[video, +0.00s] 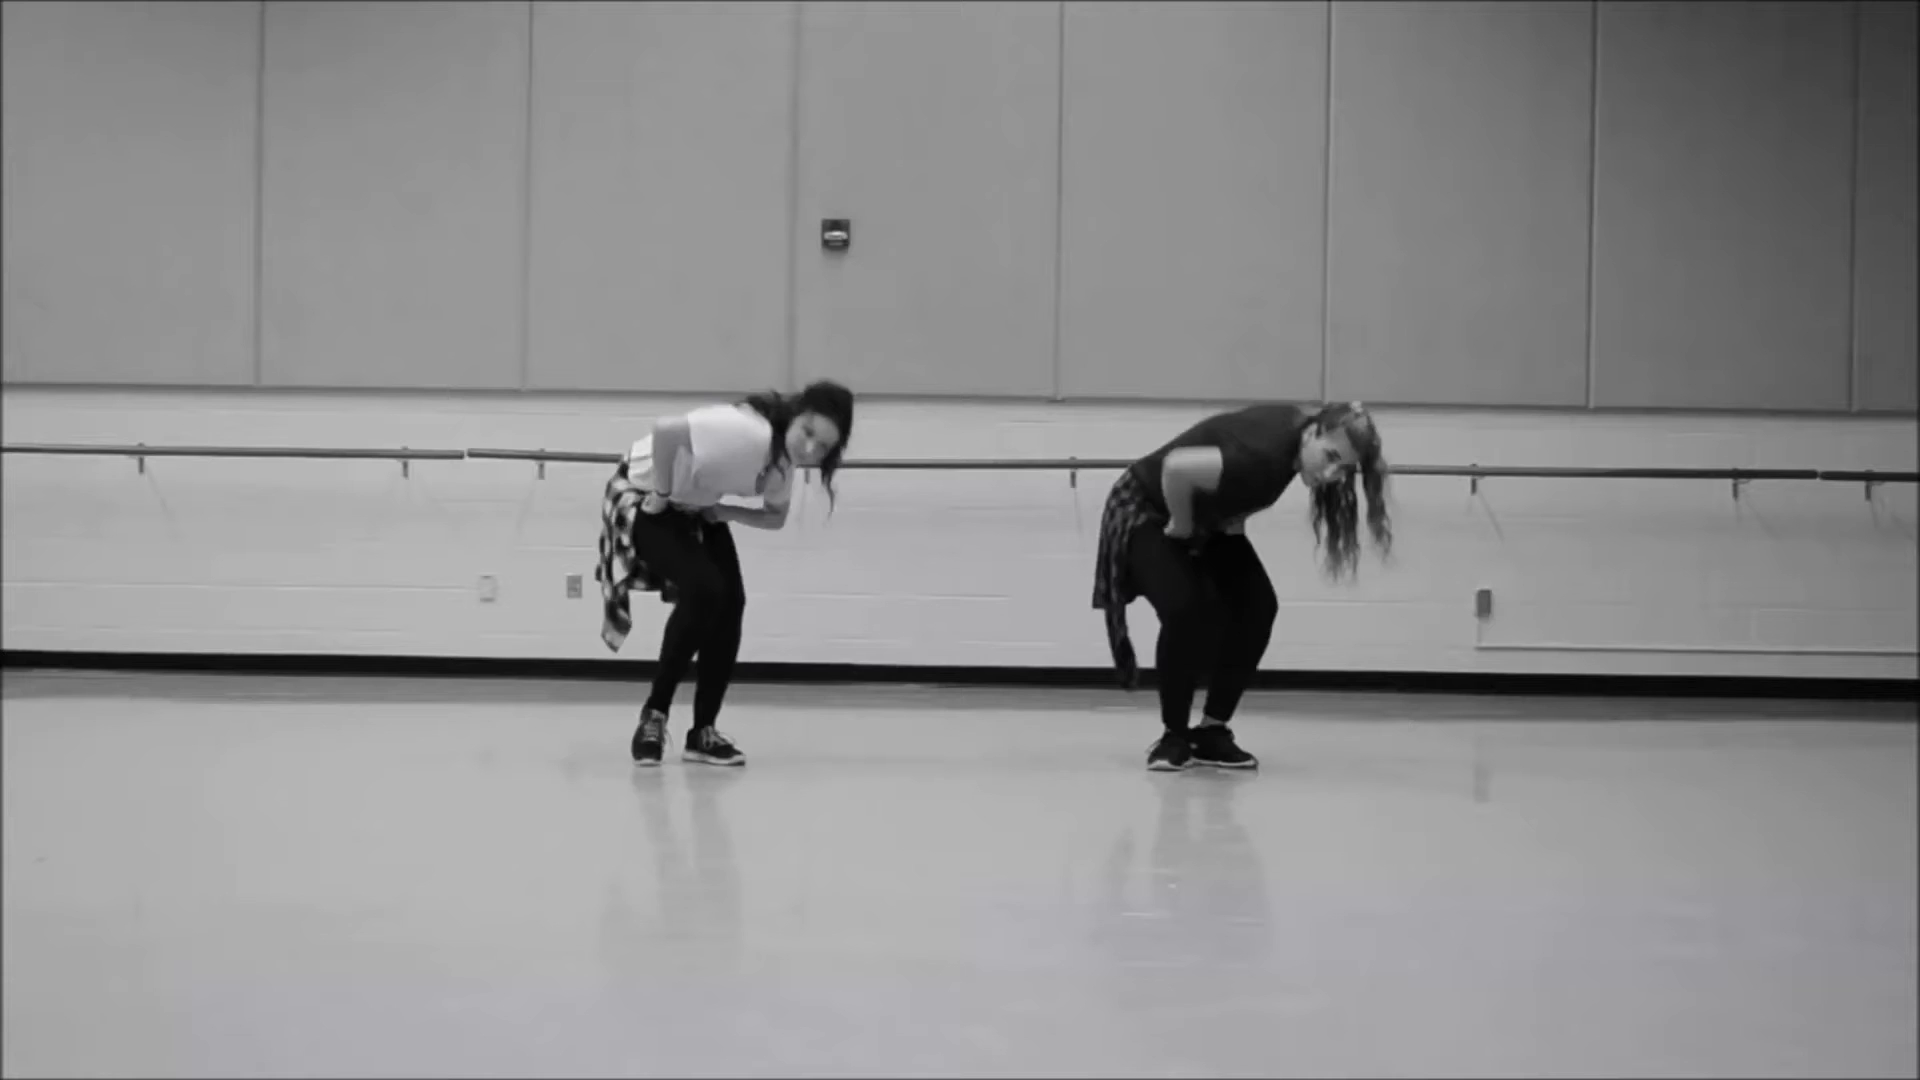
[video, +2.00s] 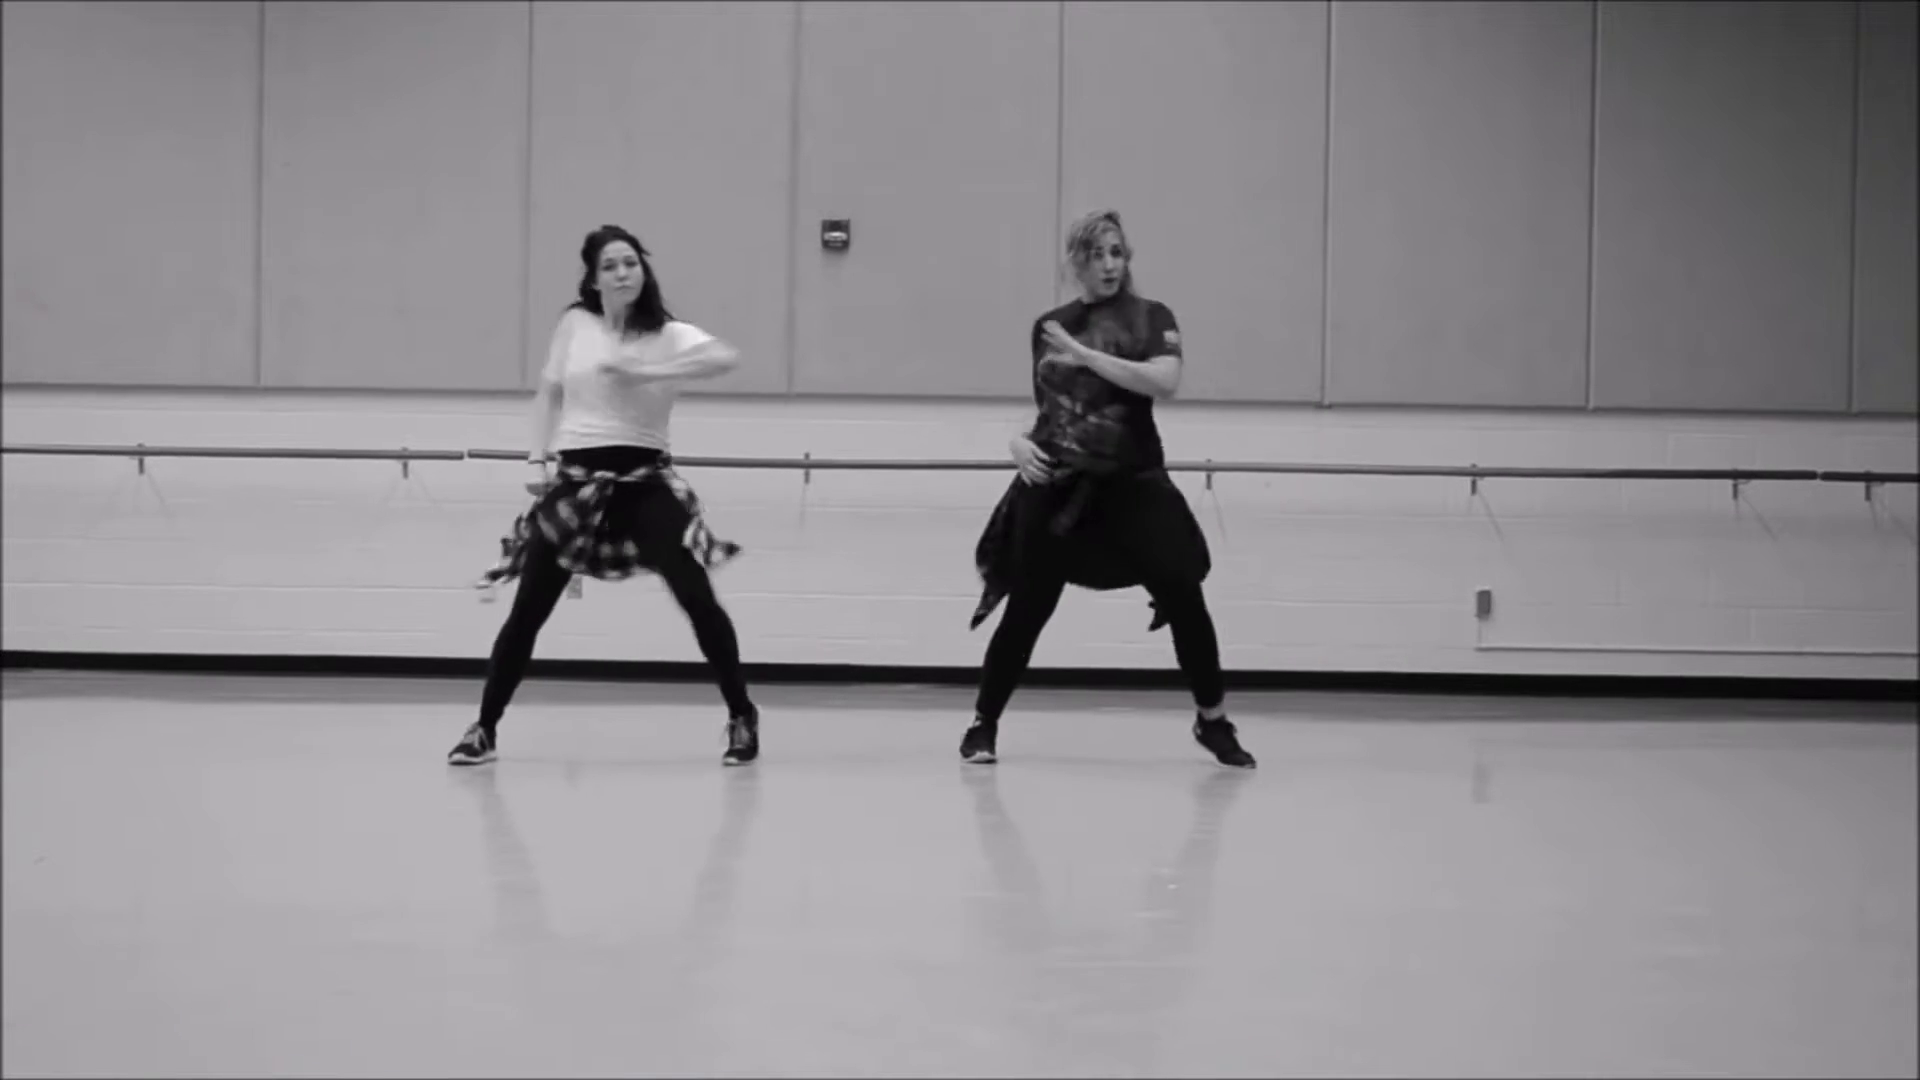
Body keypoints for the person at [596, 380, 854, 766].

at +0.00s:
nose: (810, 448)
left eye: (823, 447)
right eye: (808, 432)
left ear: (828, 454)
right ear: (793, 417)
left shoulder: (782, 465)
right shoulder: (746, 432)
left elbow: (776, 519)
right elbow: (665, 432)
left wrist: (722, 511)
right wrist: (661, 492)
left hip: (697, 508)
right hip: (647, 497)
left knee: (730, 601)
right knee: (701, 592)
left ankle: (703, 730)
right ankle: (655, 715)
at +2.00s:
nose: (623, 273)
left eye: (630, 263)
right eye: (610, 266)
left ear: (645, 270)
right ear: (593, 276)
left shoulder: (667, 331)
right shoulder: (573, 326)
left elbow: (725, 358)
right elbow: (548, 396)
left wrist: (646, 372)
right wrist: (538, 460)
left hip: (644, 484)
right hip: (573, 483)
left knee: (698, 601)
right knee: (528, 613)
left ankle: (742, 717)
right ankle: (484, 727)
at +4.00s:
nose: (747, 255)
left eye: (742, 249)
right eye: (732, 254)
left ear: (735, 276)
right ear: (712, 279)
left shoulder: (743, 329)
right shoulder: (732, 332)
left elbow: (744, 413)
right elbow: (800, 376)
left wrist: (787, 445)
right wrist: (864, 406)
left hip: (743, 491)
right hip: (720, 492)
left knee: (747, 616)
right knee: (775, 608)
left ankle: (686, 732)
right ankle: (815, 738)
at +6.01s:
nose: (906, 254)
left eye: (916, 243)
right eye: (895, 245)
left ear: (934, 250)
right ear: (878, 255)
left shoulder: (963, 313)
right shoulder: (856, 321)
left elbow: (1006, 377)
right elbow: (807, 399)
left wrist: (938, 386)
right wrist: (844, 417)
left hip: (933, 480)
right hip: (861, 481)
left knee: (997, 601)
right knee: (831, 611)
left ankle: (1051, 726)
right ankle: (800, 740)